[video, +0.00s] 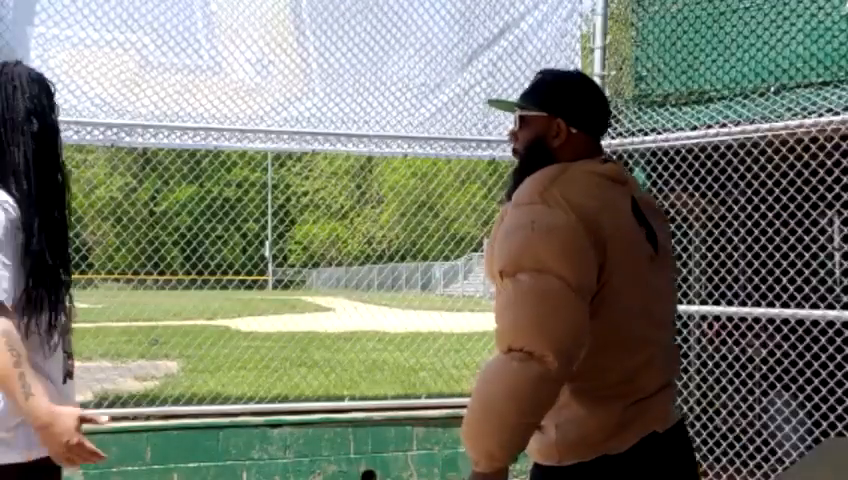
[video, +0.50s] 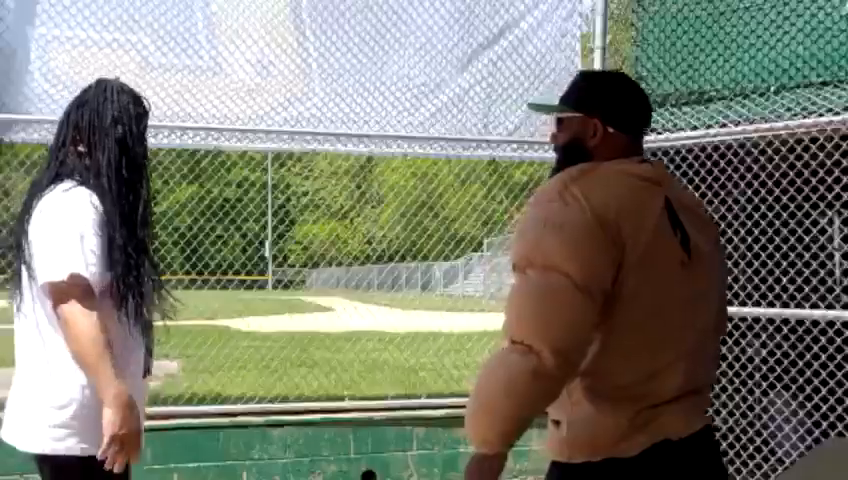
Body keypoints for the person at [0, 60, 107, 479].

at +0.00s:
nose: (55, 133)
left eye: (49, 117)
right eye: (47, 118)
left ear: (9, 127)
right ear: (28, 127)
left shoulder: (28, 208)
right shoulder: (8, 211)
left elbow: (14, 320)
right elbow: (1, 320)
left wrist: (51, 411)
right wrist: (42, 415)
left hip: (30, 448)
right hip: (16, 450)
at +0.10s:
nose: (76, 139)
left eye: (75, 124)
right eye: (72, 125)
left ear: (13, 127)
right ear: (53, 129)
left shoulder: (31, 201)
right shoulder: (18, 203)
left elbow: (21, 309)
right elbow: (18, 311)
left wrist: (80, 396)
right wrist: (81, 397)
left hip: (43, 441)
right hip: (26, 444)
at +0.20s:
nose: (93, 143)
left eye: (92, 130)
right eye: (85, 129)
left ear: (30, 131)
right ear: (50, 133)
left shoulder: (30, 196)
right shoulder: (34, 198)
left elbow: (42, 298)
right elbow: (42, 298)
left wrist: (105, 383)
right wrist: (105, 384)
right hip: (37, 444)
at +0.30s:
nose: (112, 143)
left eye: (110, 129)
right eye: (105, 129)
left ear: (49, 134)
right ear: (67, 135)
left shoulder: (58, 198)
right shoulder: (48, 199)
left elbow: (63, 298)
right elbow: (62, 294)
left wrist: (125, 377)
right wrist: (120, 382)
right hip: (46, 442)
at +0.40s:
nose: (130, 147)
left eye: (126, 133)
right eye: (121, 133)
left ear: (65, 135)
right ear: (83, 136)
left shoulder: (50, 196)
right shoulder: (61, 199)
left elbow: (75, 296)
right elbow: (71, 294)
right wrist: (125, 383)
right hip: (66, 434)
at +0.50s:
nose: (139, 150)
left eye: (137, 136)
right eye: (132, 136)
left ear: (80, 138)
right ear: (93, 138)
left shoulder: (79, 201)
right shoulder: (75, 203)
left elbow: (79, 304)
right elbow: (73, 302)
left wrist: (118, 398)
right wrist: (115, 396)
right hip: (77, 429)